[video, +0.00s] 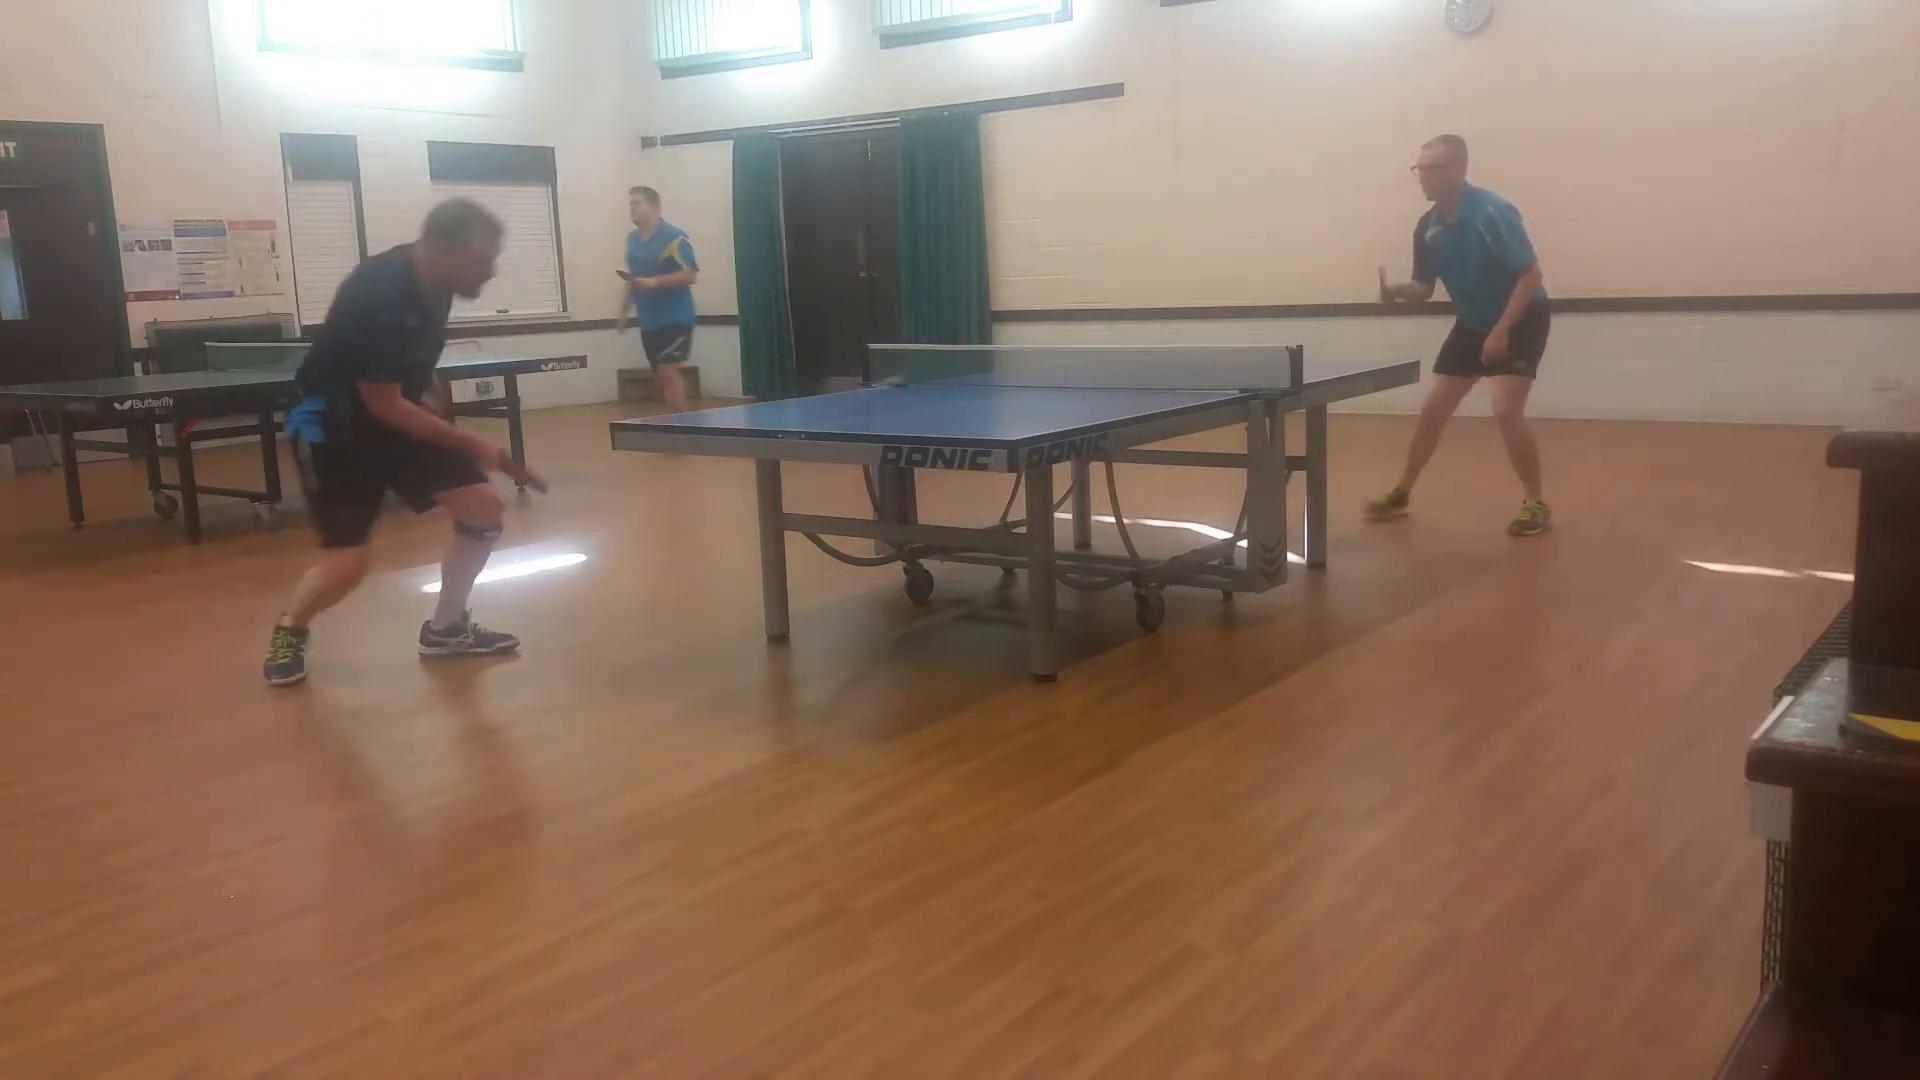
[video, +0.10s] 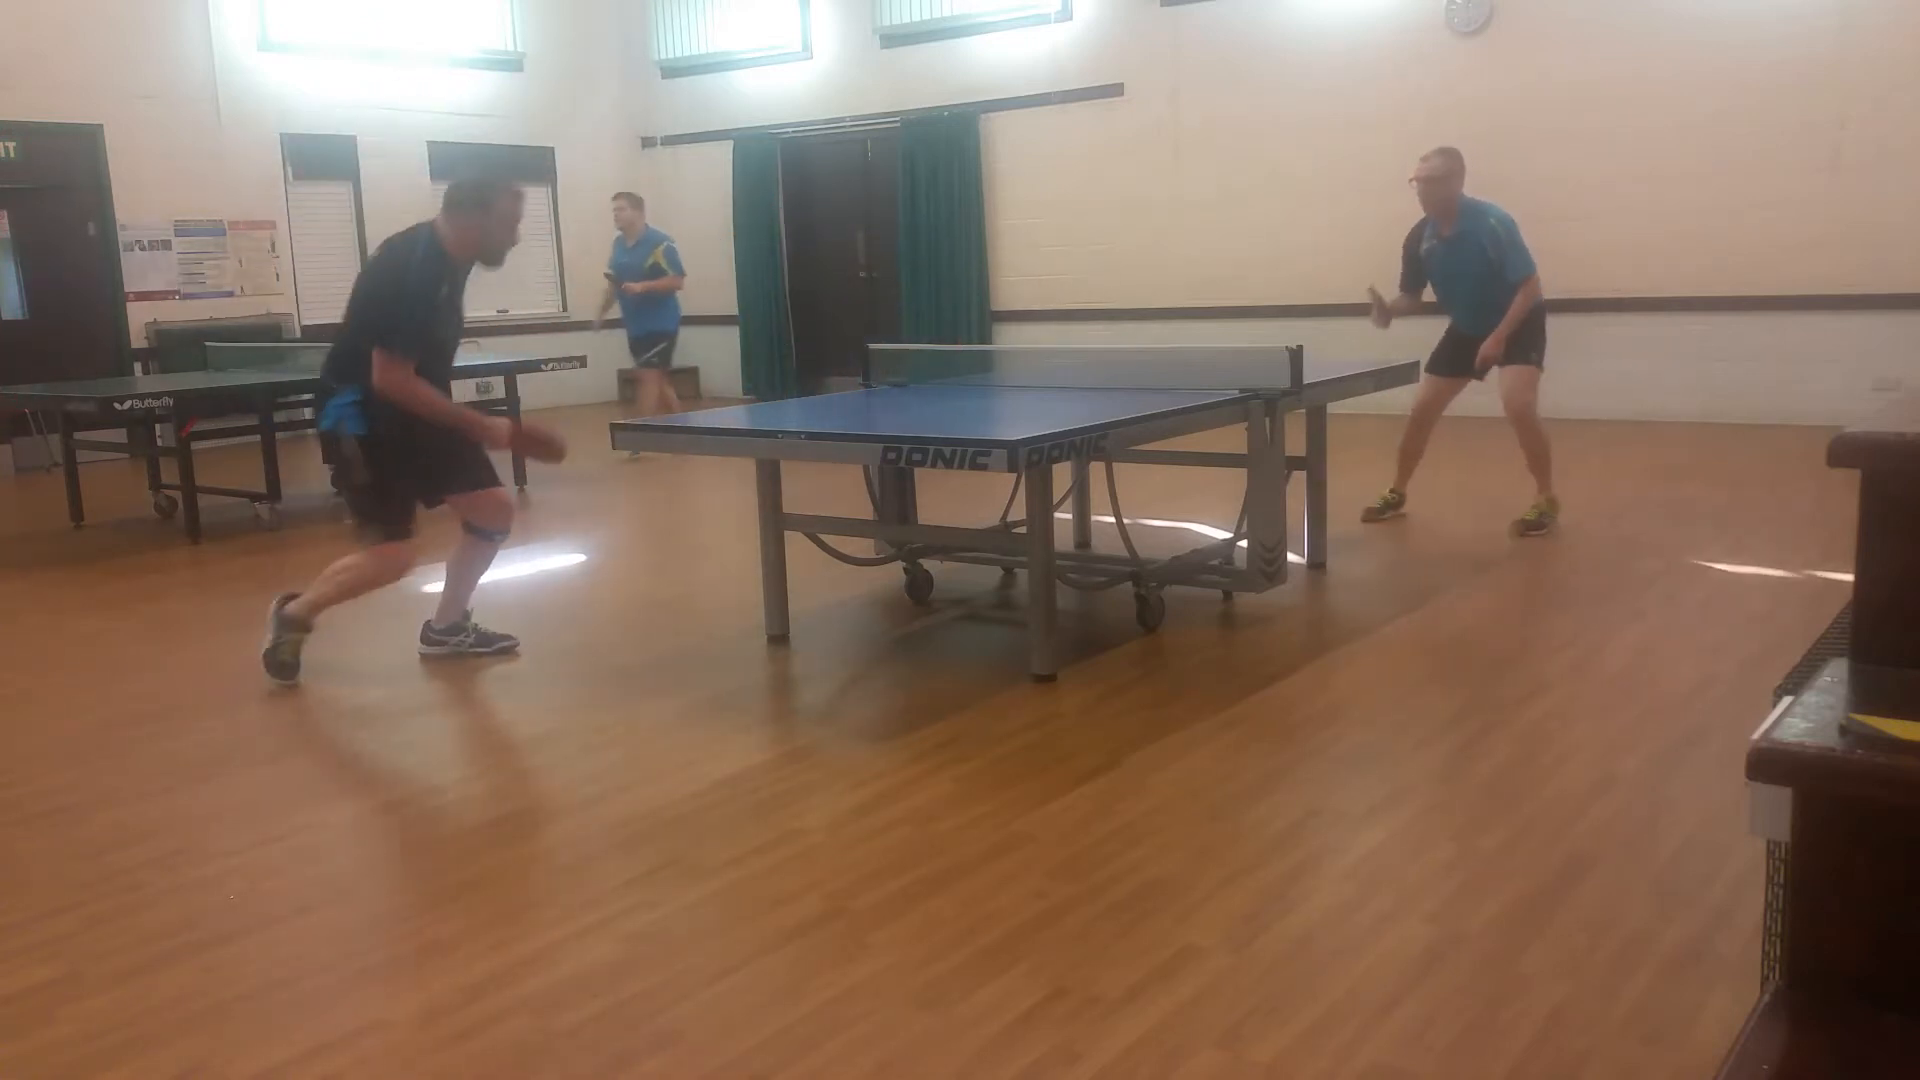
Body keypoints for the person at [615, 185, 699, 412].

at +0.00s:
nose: (631, 208)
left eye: (636, 203)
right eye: (630, 204)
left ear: (653, 206)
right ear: (631, 208)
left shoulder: (675, 236)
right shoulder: (633, 239)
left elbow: (690, 274)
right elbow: (633, 279)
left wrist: (655, 281)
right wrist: (624, 313)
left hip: (676, 317)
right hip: (649, 320)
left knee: (668, 372)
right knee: (662, 375)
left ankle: (682, 424)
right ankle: (677, 424)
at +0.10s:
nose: (615, 215)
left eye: (620, 210)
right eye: (614, 211)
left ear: (638, 212)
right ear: (615, 215)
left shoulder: (660, 242)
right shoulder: (619, 244)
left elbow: (677, 280)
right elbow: (614, 284)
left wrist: (642, 287)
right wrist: (602, 312)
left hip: (661, 323)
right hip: (635, 324)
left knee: (648, 377)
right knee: (658, 381)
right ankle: (685, 432)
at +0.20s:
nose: (599, 224)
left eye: (604, 219)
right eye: (598, 220)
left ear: (621, 220)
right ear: (601, 223)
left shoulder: (644, 250)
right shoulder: (607, 250)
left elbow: (662, 289)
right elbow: (608, 288)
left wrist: (629, 296)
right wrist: (591, 305)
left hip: (644, 329)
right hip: (619, 329)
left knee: (623, 377)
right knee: (622, 384)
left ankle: (631, 442)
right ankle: (667, 425)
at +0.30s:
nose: (584, 224)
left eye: (589, 219)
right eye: (583, 219)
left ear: (606, 219)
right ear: (588, 222)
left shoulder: (631, 248)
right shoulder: (594, 249)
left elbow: (648, 288)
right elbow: (600, 287)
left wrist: (613, 298)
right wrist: (587, 301)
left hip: (632, 330)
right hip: (606, 329)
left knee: (615, 378)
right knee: (606, 380)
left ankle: (633, 440)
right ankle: (630, 438)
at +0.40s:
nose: (573, 217)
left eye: (577, 211)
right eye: (571, 212)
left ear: (595, 211)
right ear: (574, 214)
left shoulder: (619, 240)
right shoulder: (580, 241)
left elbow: (637, 280)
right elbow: (589, 281)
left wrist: (603, 292)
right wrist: (581, 308)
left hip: (623, 322)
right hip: (594, 321)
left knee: (618, 375)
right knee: (576, 367)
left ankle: (627, 439)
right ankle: (598, 429)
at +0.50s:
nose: (563, 217)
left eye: (568, 212)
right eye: (561, 212)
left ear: (585, 212)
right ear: (562, 214)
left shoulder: (610, 240)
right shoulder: (565, 242)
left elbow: (628, 279)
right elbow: (571, 284)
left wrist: (594, 292)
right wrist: (568, 316)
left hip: (615, 318)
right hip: (584, 318)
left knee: (611, 375)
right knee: (569, 373)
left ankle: (624, 442)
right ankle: (562, 432)